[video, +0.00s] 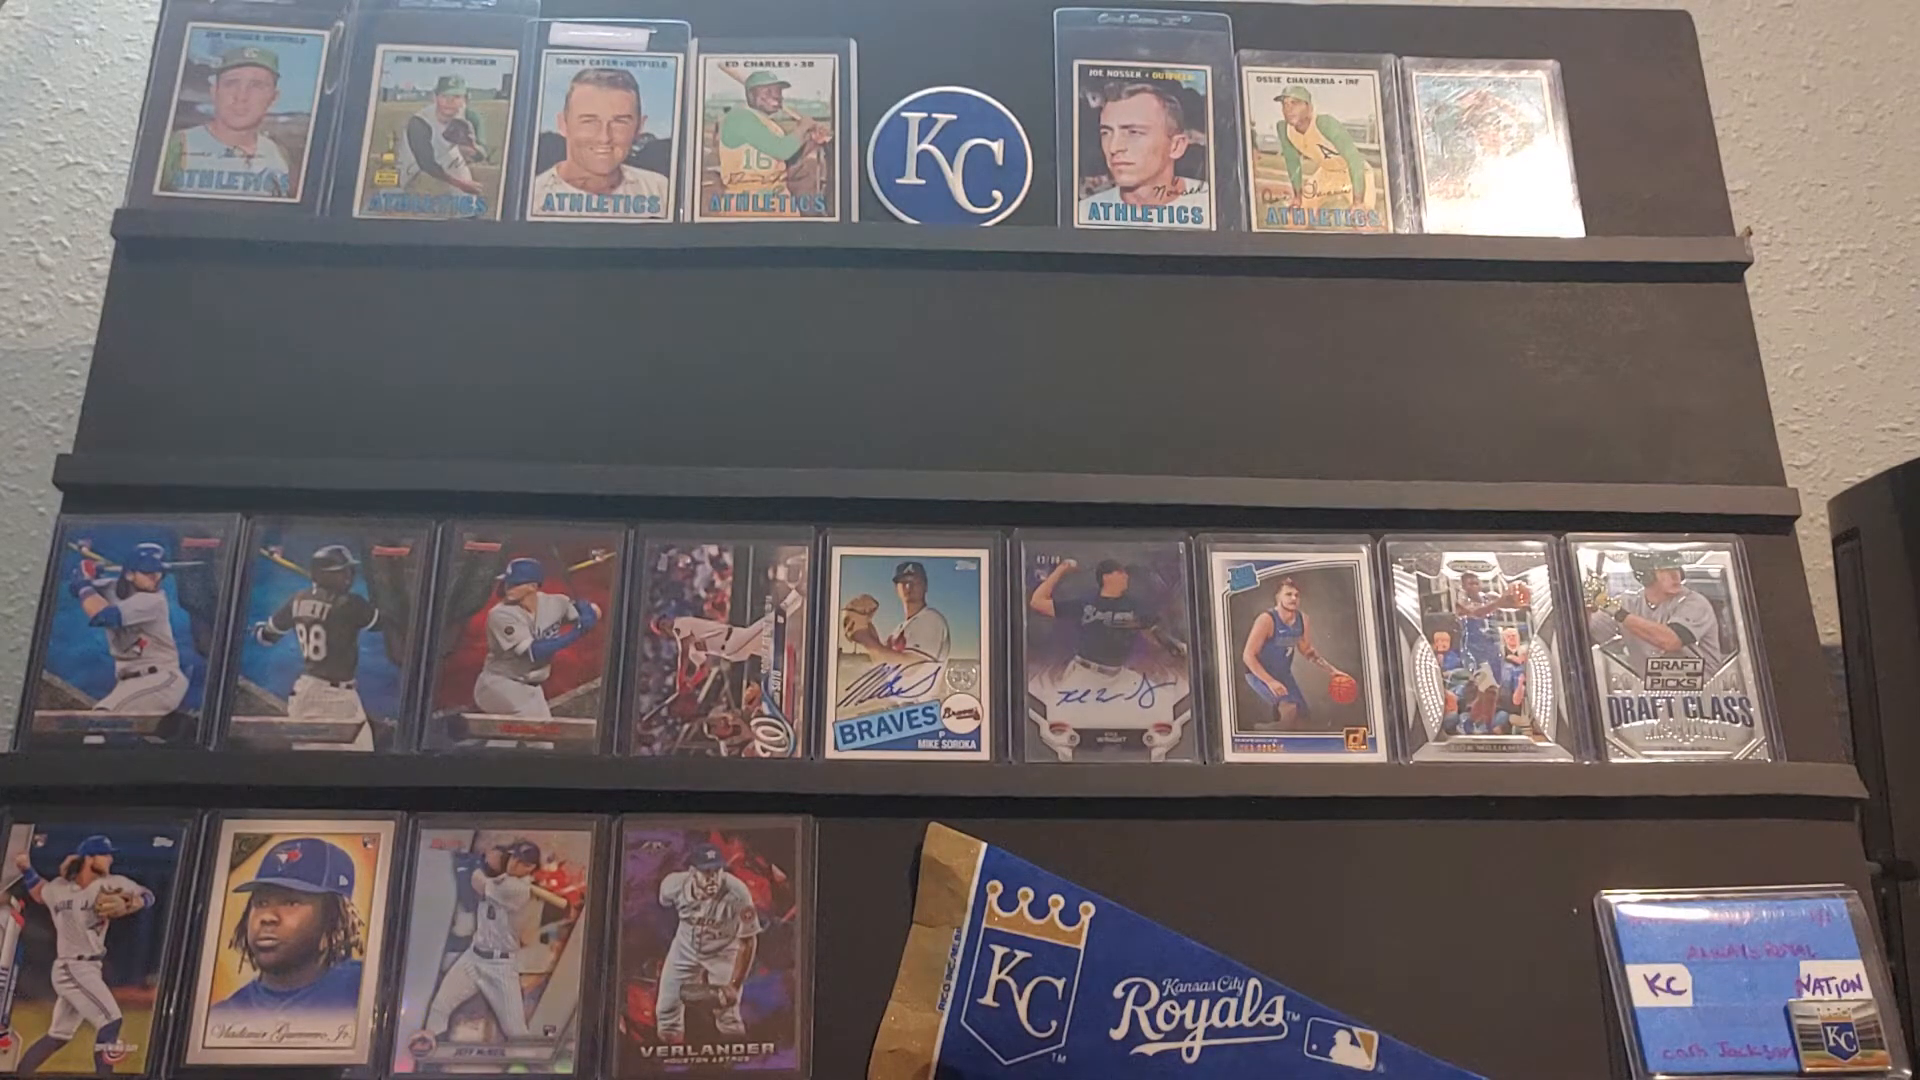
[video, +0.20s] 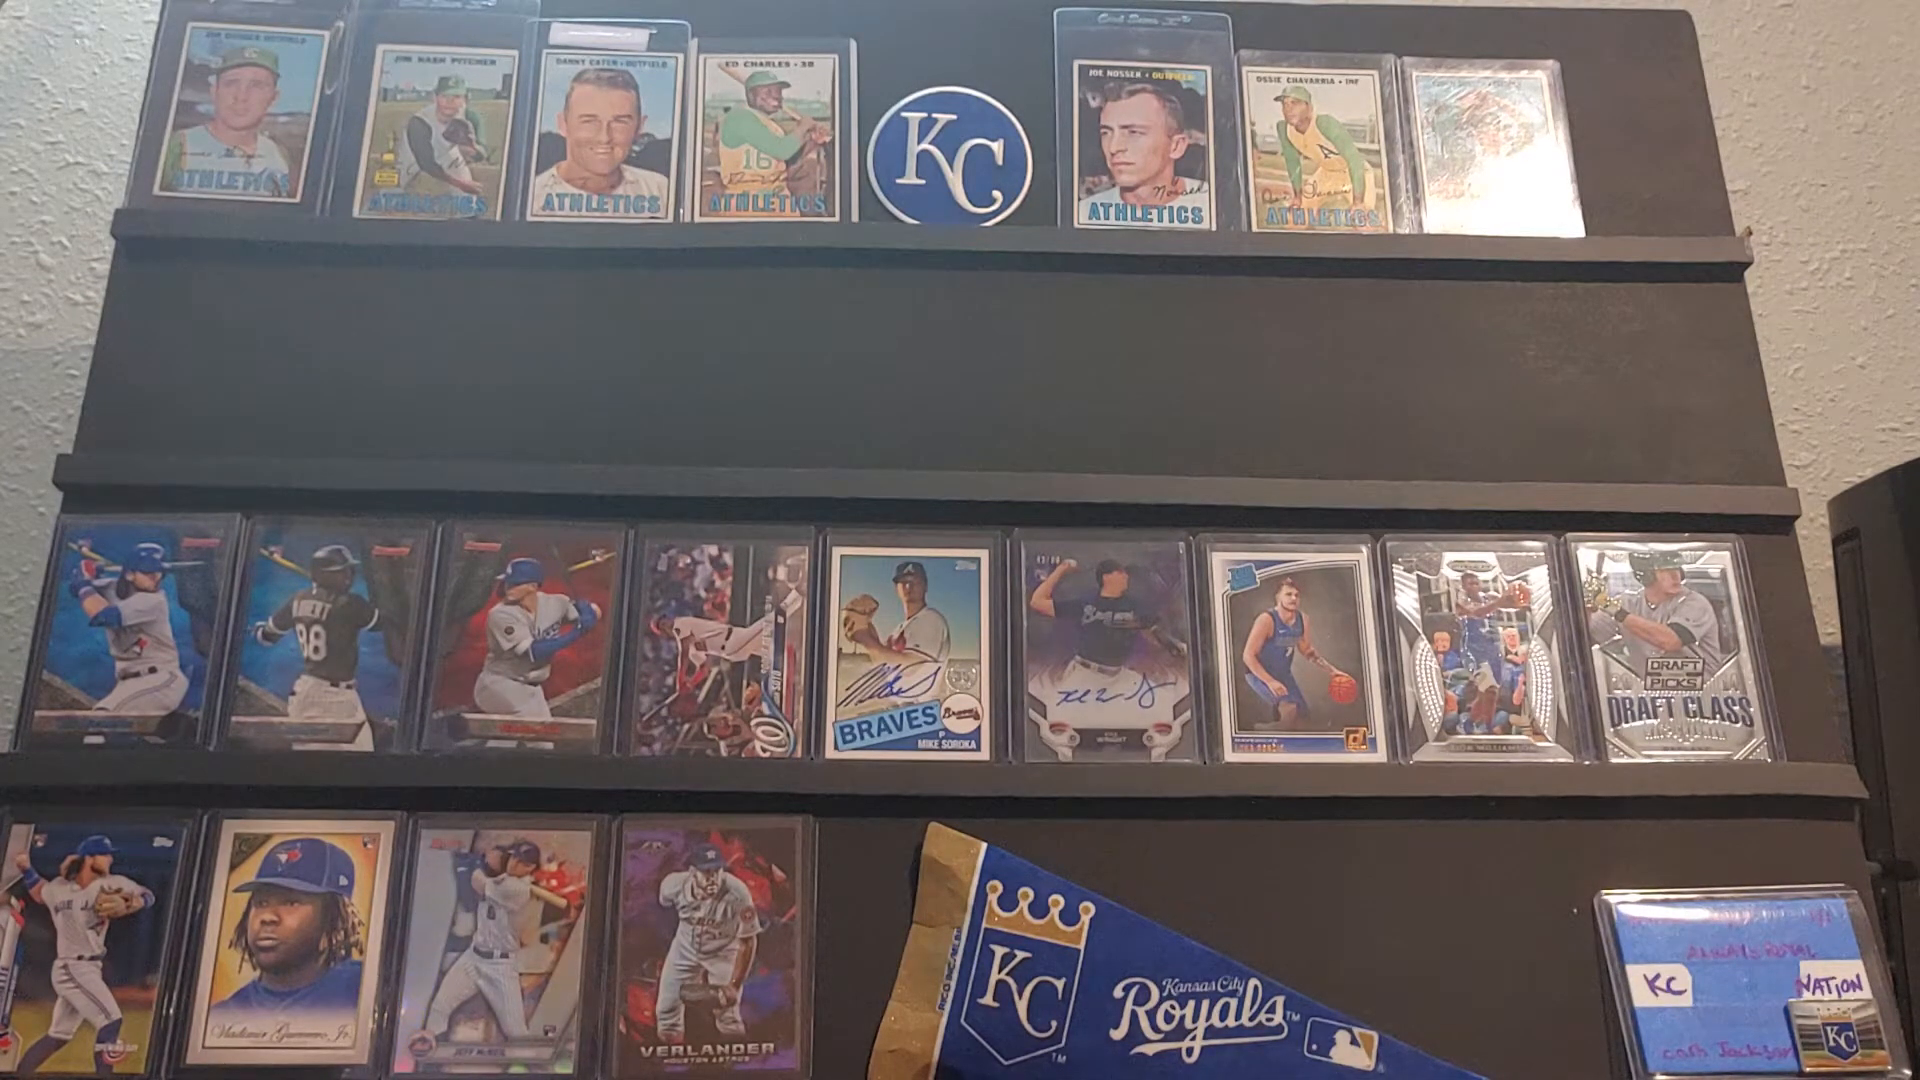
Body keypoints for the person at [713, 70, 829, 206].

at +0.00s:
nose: (777, 98)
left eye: (778, 92)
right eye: (769, 92)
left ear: (782, 93)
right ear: (752, 95)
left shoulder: (773, 126)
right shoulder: (739, 119)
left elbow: (785, 166)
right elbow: (783, 151)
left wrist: (811, 144)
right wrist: (803, 128)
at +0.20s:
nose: (777, 98)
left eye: (778, 92)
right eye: (769, 92)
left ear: (782, 93)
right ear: (752, 95)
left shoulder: (773, 126)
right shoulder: (739, 118)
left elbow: (785, 166)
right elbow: (783, 151)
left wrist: (811, 144)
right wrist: (803, 128)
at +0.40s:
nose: (776, 97)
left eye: (778, 91)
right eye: (768, 92)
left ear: (782, 93)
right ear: (751, 96)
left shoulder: (774, 127)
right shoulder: (739, 118)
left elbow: (785, 165)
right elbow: (783, 151)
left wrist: (811, 142)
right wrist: (803, 128)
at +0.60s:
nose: (776, 96)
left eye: (778, 91)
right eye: (768, 92)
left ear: (782, 93)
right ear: (751, 96)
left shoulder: (774, 127)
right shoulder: (739, 118)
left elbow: (785, 167)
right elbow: (783, 151)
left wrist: (810, 143)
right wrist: (802, 129)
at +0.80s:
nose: (776, 96)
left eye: (778, 91)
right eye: (768, 92)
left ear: (782, 93)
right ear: (751, 96)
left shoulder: (774, 127)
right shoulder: (739, 118)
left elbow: (785, 167)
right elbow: (783, 151)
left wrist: (810, 143)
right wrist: (803, 129)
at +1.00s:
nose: (776, 97)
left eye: (778, 91)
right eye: (768, 92)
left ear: (782, 93)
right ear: (752, 96)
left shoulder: (773, 126)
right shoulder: (739, 117)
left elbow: (784, 168)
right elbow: (783, 151)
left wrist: (811, 143)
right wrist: (803, 128)